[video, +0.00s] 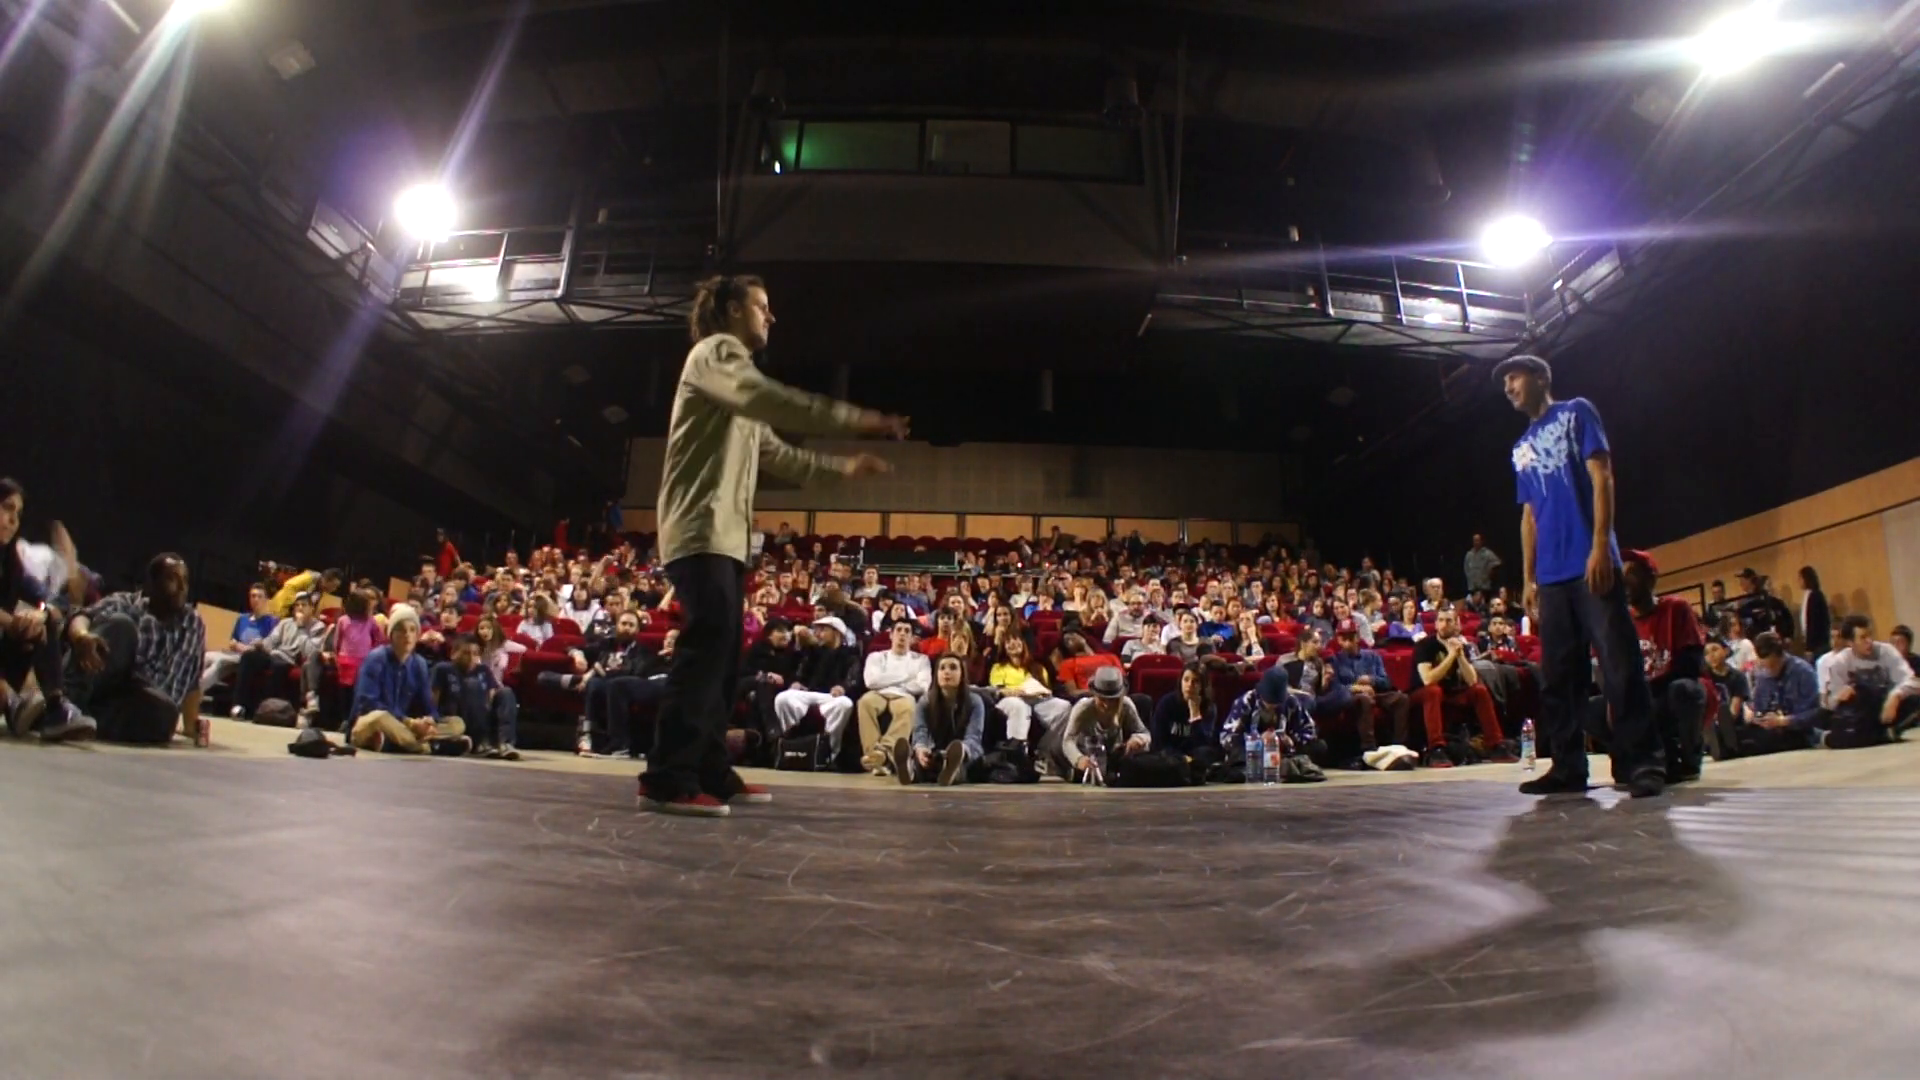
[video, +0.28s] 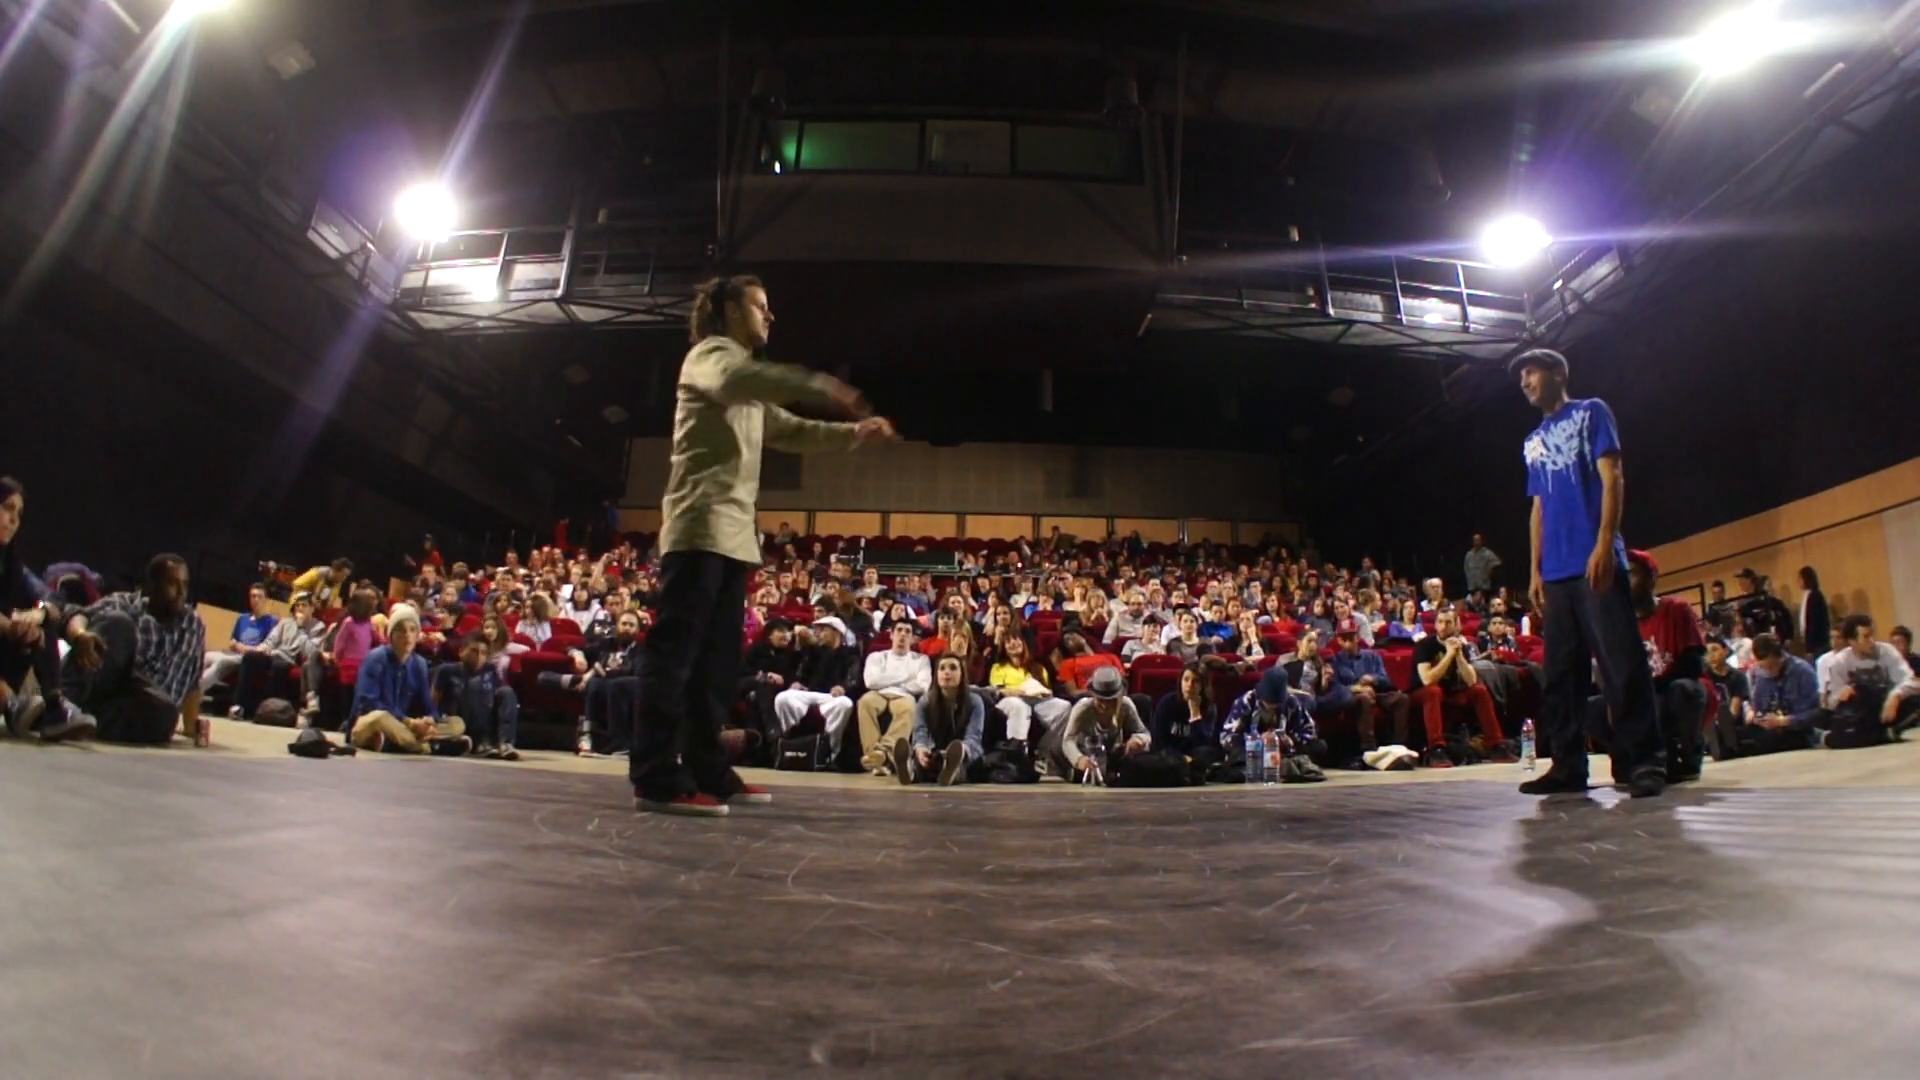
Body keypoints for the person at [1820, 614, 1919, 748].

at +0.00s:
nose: (1868, 641)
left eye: (1869, 636)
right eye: (1862, 638)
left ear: (1872, 635)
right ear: (1850, 642)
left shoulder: (1887, 652)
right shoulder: (1839, 662)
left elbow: (1910, 679)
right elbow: (1828, 703)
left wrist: (1895, 696)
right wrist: (1838, 697)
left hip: (1885, 703)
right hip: (1856, 706)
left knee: (1913, 701)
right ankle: (1884, 734)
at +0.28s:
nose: (1871, 641)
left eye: (1871, 635)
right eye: (1865, 637)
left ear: (1873, 634)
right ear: (1851, 642)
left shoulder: (1887, 651)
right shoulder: (1840, 662)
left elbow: (1910, 680)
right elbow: (1829, 703)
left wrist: (1895, 696)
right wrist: (1839, 696)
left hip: (1885, 702)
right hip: (1856, 705)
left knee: (1914, 703)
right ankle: (1884, 734)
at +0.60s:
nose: (1870, 641)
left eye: (1870, 635)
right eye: (1864, 637)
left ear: (1873, 634)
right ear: (1851, 643)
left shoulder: (1887, 652)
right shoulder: (1840, 662)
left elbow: (1910, 680)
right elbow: (1830, 703)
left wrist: (1895, 694)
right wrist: (1839, 696)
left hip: (1885, 703)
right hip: (1856, 706)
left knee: (1914, 703)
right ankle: (1884, 734)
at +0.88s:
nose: (1868, 642)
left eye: (1869, 636)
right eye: (1861, 637)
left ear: (1872, 635)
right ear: (1850, 640)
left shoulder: (1887, 652)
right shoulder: (1839, 663)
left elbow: (1911, 681)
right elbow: (1830, 702)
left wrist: (1895, 693)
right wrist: (1839, 696)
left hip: (1886, 703)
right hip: (1857, 706)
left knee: (1914, 703)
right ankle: (1885, 734)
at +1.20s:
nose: (1863, 641)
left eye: (1866, 635)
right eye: (1857, 637)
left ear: (1871, 633)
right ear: (1847, 639)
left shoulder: (1887, 652)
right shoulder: (1839, 662)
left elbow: (1911, 681)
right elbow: (1831, 703)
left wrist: (1895, 692)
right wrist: (1839, 697)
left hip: (1886, 707)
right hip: (1857, 709)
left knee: (1913, 703)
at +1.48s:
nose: (1860, 642)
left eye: (1864, 635)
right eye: (1854, 636)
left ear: (1870, 635)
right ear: (1847, 638)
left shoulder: (1887, 652)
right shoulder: (1839, 662)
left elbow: (1911, 680)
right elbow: (1830, 702)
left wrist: (1895, 693)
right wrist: (1839, 696)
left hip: (1886, 704)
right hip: (1857, 706)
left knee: (1913, 703)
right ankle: (1884, 734)